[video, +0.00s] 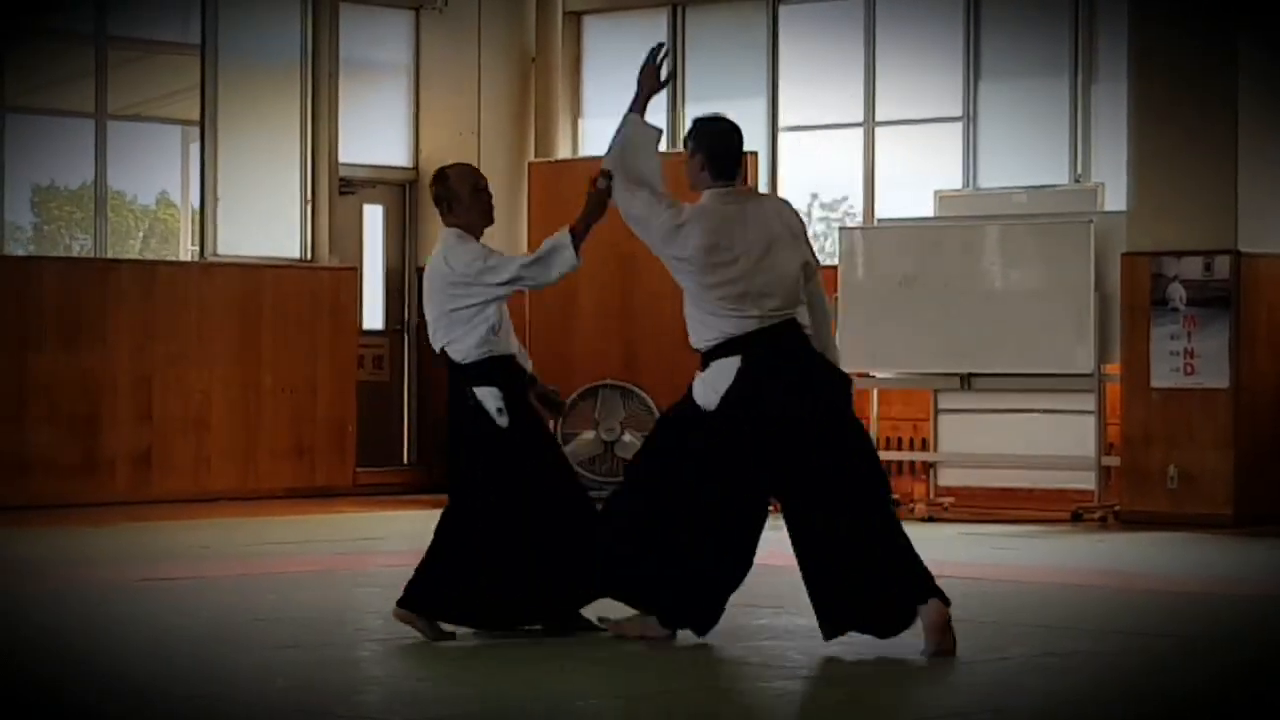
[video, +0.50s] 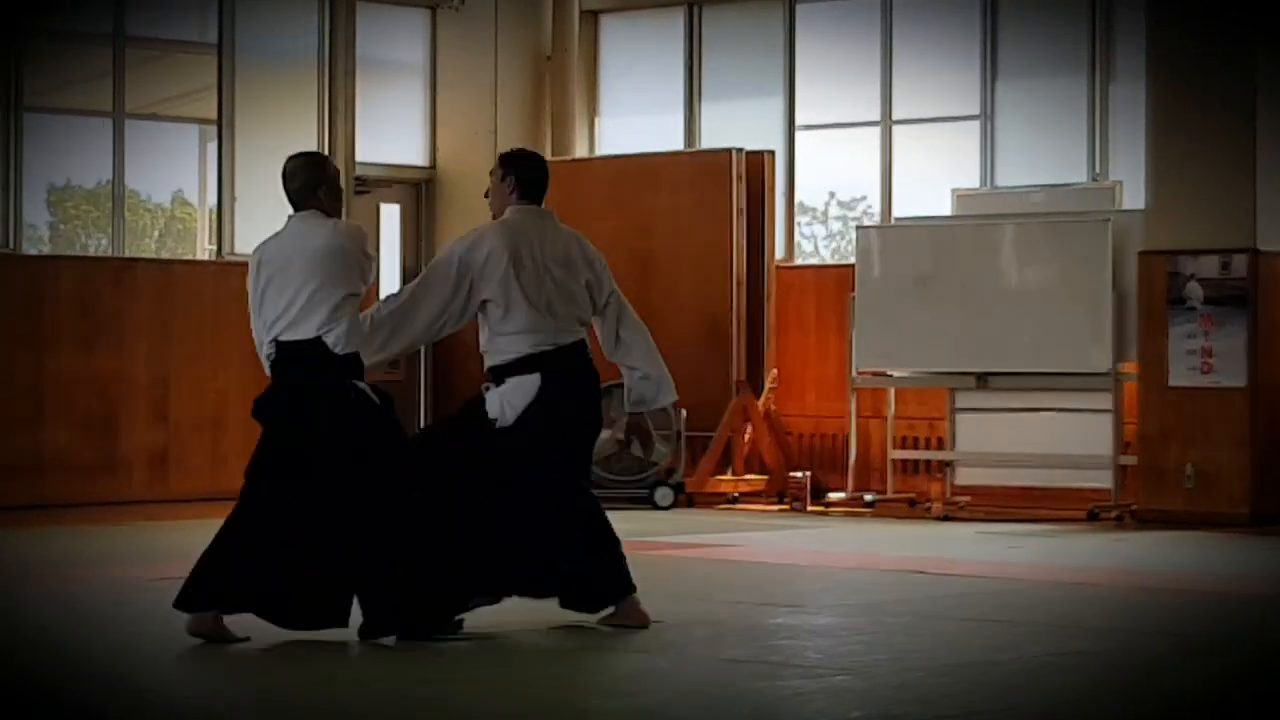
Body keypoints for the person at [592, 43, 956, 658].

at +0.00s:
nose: (682, 164)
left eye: (685, 156)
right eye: (686, 156)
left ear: (694, 162)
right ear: (742, 162)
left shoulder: (686, 229)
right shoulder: (783, 215)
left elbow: (631, 181)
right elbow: (816, 303)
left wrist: (641, 103)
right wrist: (829, 368)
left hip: (734, 382)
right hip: (803, 373)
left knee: (662, 487)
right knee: (855, 495)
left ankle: (655, 614)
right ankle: (928, 599)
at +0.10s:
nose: (632, 161)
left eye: (634, 153)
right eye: (635, 152)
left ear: (645, 159)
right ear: (685, 157)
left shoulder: (636, 222)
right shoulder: (731, 207)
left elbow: (577, 206)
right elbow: (767, 293)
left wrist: (544, 150)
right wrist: (781, 365)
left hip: (686, 371)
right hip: (751, 361)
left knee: (659, 496)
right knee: (789, 490)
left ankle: (656, 616)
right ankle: (872, 578)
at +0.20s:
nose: (605, 157)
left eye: (607, 149)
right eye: (608, 149)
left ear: (618, 154)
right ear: (662, 157)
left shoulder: (592, 209)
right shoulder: (697, 211)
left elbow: (527, 244)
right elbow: (733, 292)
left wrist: (504, 244)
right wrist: (737, 361)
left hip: (634, 365)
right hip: (698, 360)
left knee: (611, 487)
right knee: (721, 480)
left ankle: (592, 609)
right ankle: (771, 583)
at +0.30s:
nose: (581, 166)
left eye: (584, 157)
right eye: (585, 157)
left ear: (593, 160)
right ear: (634, 166)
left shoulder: (560, 217)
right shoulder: (665, 219)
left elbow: (502, 275)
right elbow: (706, 301)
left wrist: (466, 306)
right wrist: (719, 364)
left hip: (585, 361)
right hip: (649, 361)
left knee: (578, 483)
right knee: (645, 484)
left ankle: (570, 607)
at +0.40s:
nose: (540, 184)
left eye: (543, 175)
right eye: (543, 175)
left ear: (556, 177)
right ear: (596, 182)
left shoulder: (524, 231)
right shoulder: (629, 235)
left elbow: (464, 293)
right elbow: (670, 313)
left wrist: (404, 336)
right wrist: (697, 378)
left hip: (548, 372)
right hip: (613, 370)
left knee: (502, 485)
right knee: (593, 483)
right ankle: (620, 607)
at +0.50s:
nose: (488, 192)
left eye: (492, 183)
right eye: (491, 183)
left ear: (509, 186)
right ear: (539, 190)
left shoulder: (486, 243)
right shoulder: (577, 245)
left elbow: (418, 305)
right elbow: (619, 320)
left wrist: (348, 339)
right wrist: (655, 385)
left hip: (523, 387)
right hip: (580, 383)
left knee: (432, 463)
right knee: (571, 490)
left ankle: (435, 605)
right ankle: (625, 603)